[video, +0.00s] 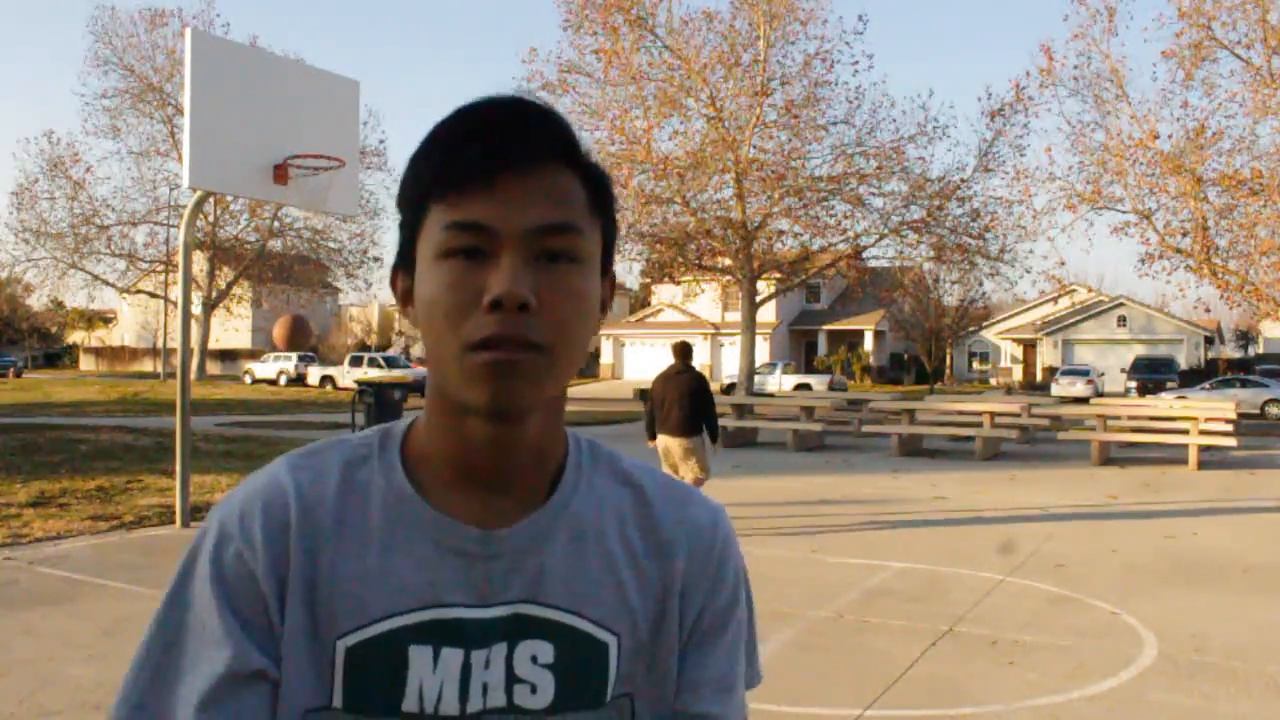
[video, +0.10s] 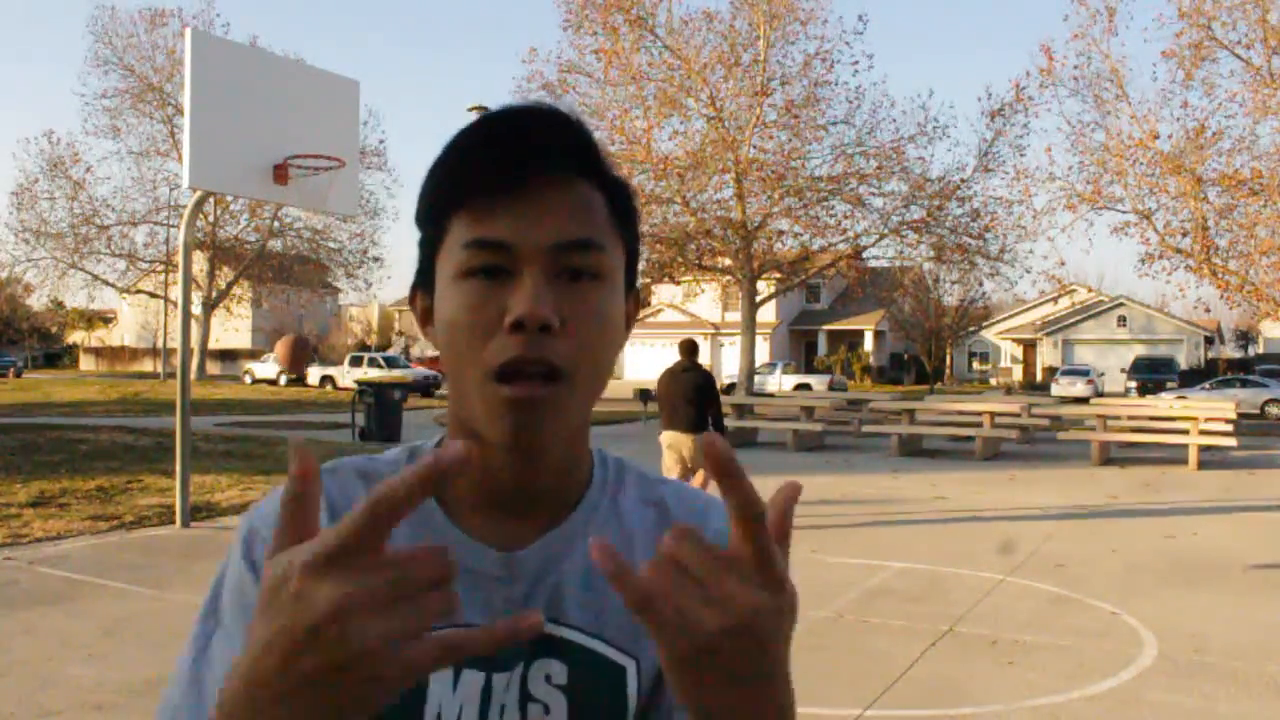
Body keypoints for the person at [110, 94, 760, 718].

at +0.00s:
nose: (509, 290)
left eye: (554, 255)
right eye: (467, 252)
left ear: (607, 298)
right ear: (405, 290)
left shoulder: (689, 549)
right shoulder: (269, 535)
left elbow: (713, 709)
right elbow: (182, 709)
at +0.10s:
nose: (533, 312)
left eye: (578, 273)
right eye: (488, 271)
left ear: (628, 316)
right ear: (426, 318)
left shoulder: (703, 548)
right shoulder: (300, 536)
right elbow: (190, 704)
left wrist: (751, 703)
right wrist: (263, 697)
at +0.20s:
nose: (544, 346)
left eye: (589, 305)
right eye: (501, 305)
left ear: (640, 345)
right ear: (439, 346)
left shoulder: (720, 566)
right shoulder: (355, 566)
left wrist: (763, 587)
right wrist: (310, 560)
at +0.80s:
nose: (585, 393)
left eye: (628, 348)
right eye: (536, 352)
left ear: (688, 383)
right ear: (471, 393)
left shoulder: (778, 584)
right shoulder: (411, 605)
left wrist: (841, 547)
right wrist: (347, 567)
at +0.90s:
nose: (510, 401)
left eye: (564, 348)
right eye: (475, 361)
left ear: (664, 371)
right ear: (446, 392)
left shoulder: (798, 589)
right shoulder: (396, 605)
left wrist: (792, 664)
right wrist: (362, 662)